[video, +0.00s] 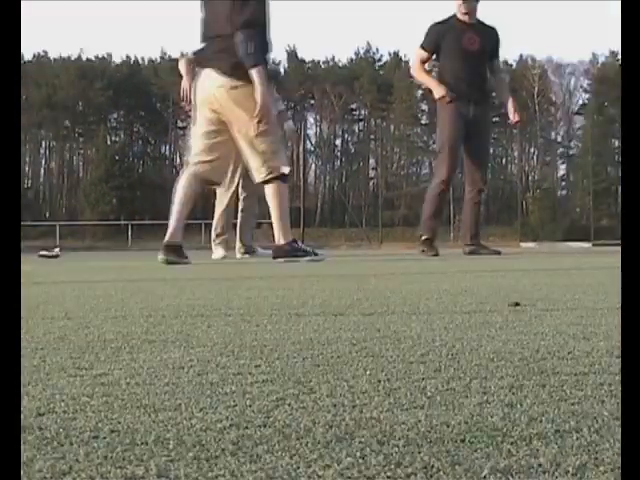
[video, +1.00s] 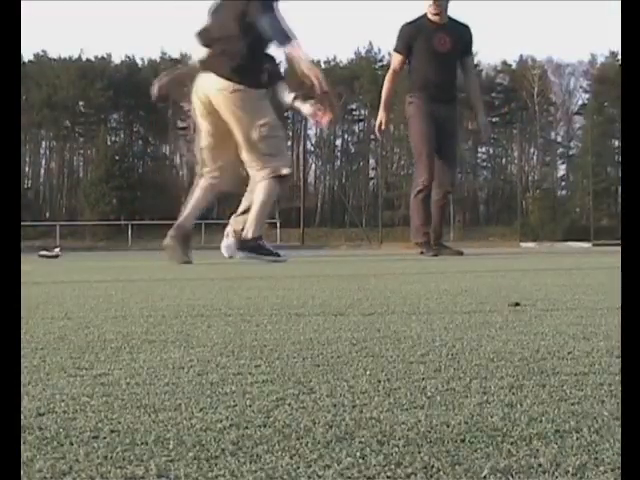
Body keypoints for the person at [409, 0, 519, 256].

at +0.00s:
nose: (465, 5)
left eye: (470, 2)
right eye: (462, 2)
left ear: (477, 3)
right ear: (455, 4)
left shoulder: (490, 34)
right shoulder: (440, 29)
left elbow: (497, 74)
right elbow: (416, 67)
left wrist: (509, 103)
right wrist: (435, 86)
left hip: (480, 108)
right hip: (451, 105)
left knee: (476, 180)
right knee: (444, 173)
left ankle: (471, 242)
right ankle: (427, 237)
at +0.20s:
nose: (450, 2)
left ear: (461, 2)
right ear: (440, 2)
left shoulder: (475, 32)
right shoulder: (425, 28)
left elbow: (479, 77)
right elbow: (404, 68)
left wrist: (492, 103)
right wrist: (416, 92)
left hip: (464, 109)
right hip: (434, 106)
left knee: (470, 180)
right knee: (431, 177)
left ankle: (471, 242)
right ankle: (425, 241)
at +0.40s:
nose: (441, 2)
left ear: (452, 1)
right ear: (432, 1)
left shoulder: (465, 28)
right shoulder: (415, 25)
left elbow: (469, 69)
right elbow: (394, 63)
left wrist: (475, 96)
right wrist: (393, 92)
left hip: (455, 108)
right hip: (426, 106)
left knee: (465, 175)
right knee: (427, 176)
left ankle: (460, 241)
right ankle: (422, 240)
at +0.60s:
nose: (434, 2)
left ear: (445, 1)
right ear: (425, 1)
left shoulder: (461, 28)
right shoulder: (410, 26)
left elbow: (467, 68)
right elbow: (391, 64)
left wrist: (471, 96)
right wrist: (381, 98)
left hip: (451, 106)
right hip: (422, 103)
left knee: (453, 178)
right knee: (424, 176)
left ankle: (440, 238)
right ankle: (422, 240)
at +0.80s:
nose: (434, 2)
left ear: (445, 1)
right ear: (424, 1)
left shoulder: (460, 28)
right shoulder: (410, 27)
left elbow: (467, 73)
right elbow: (393, 69)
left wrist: (477, 110)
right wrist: (381, 107)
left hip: (450, 106)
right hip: (422, 103)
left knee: (445, 178)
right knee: (424, 174)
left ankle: (437, 240)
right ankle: (422, 240)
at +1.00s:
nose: (436, 5)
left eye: (441, 1)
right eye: (432, 1)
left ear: (448, 3)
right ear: (426, 3)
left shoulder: (462, 32)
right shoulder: (411, 29)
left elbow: (470, 75)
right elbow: (394, 71)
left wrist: (480, 115)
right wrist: (383, 109)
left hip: (448, 107)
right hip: (420, 104)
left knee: (445, 179)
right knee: (424, 175)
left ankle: (437, 241)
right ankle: (421, 240)